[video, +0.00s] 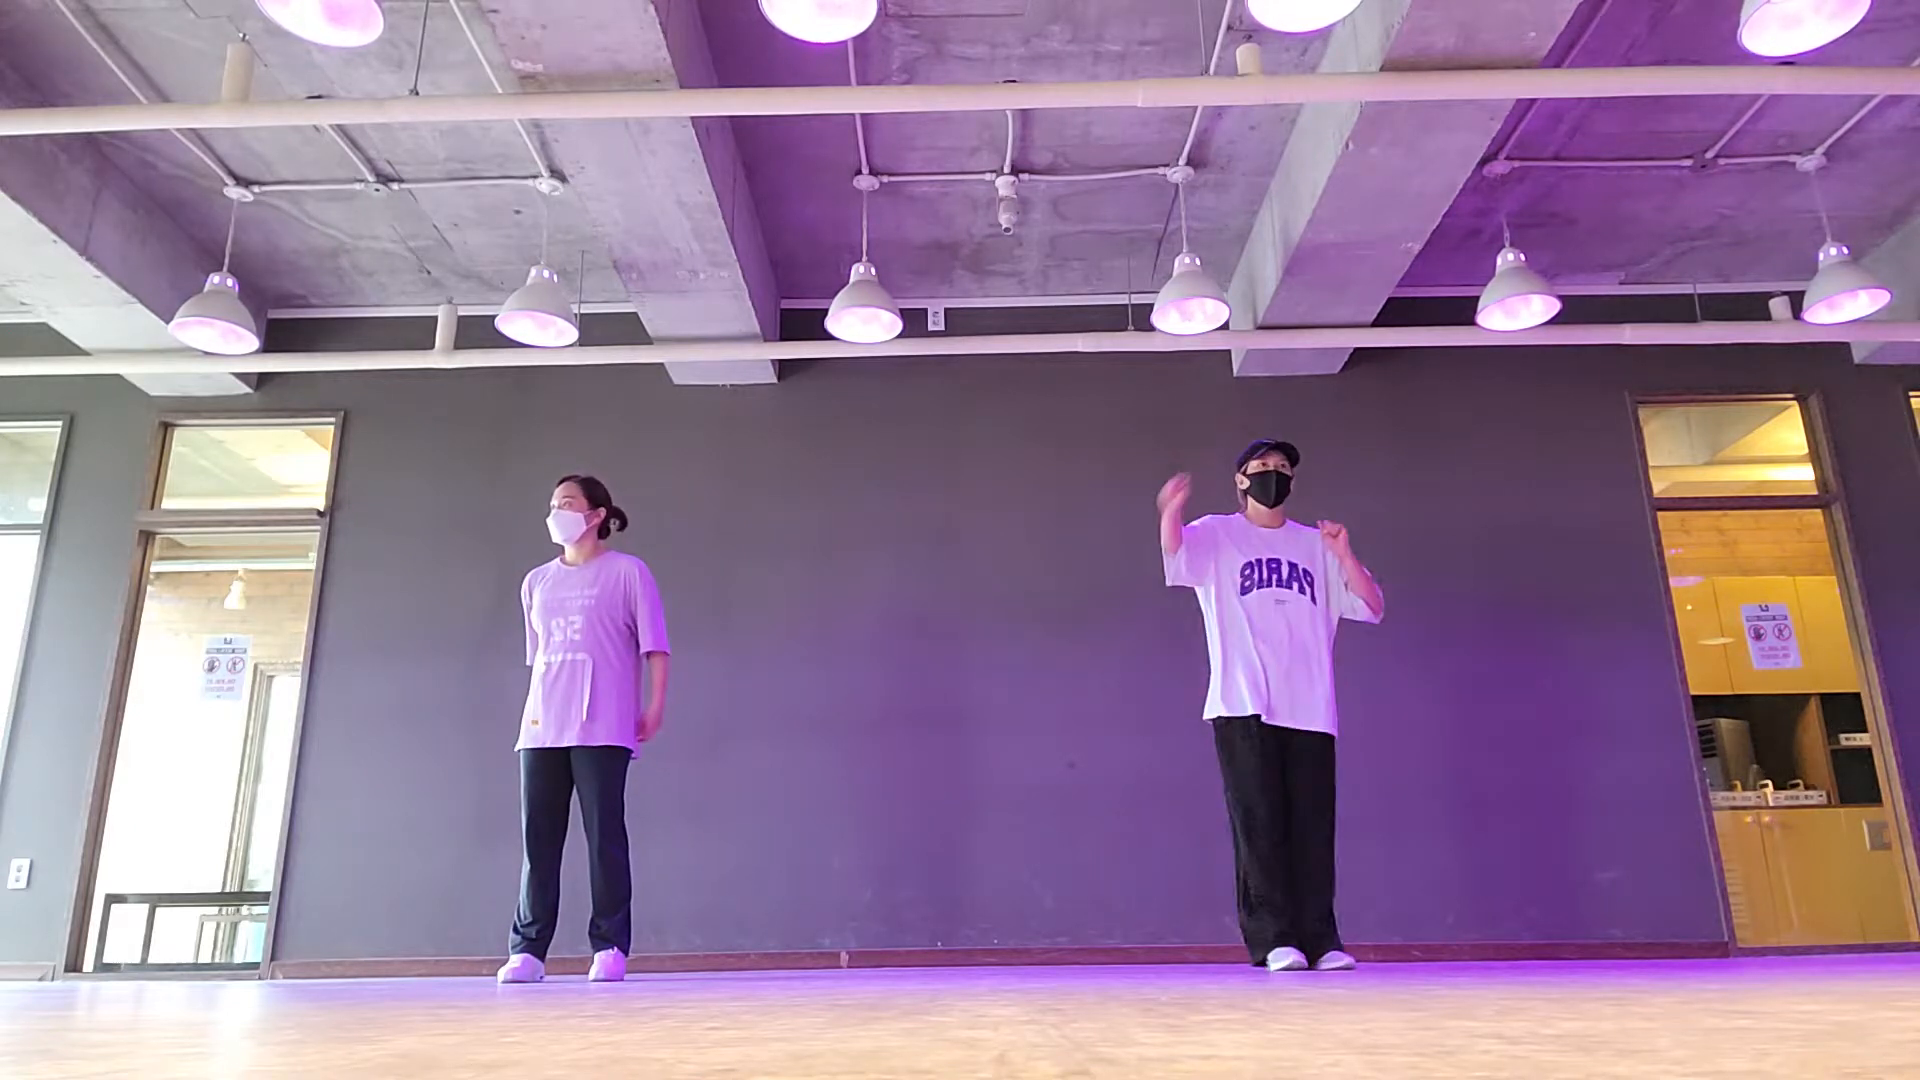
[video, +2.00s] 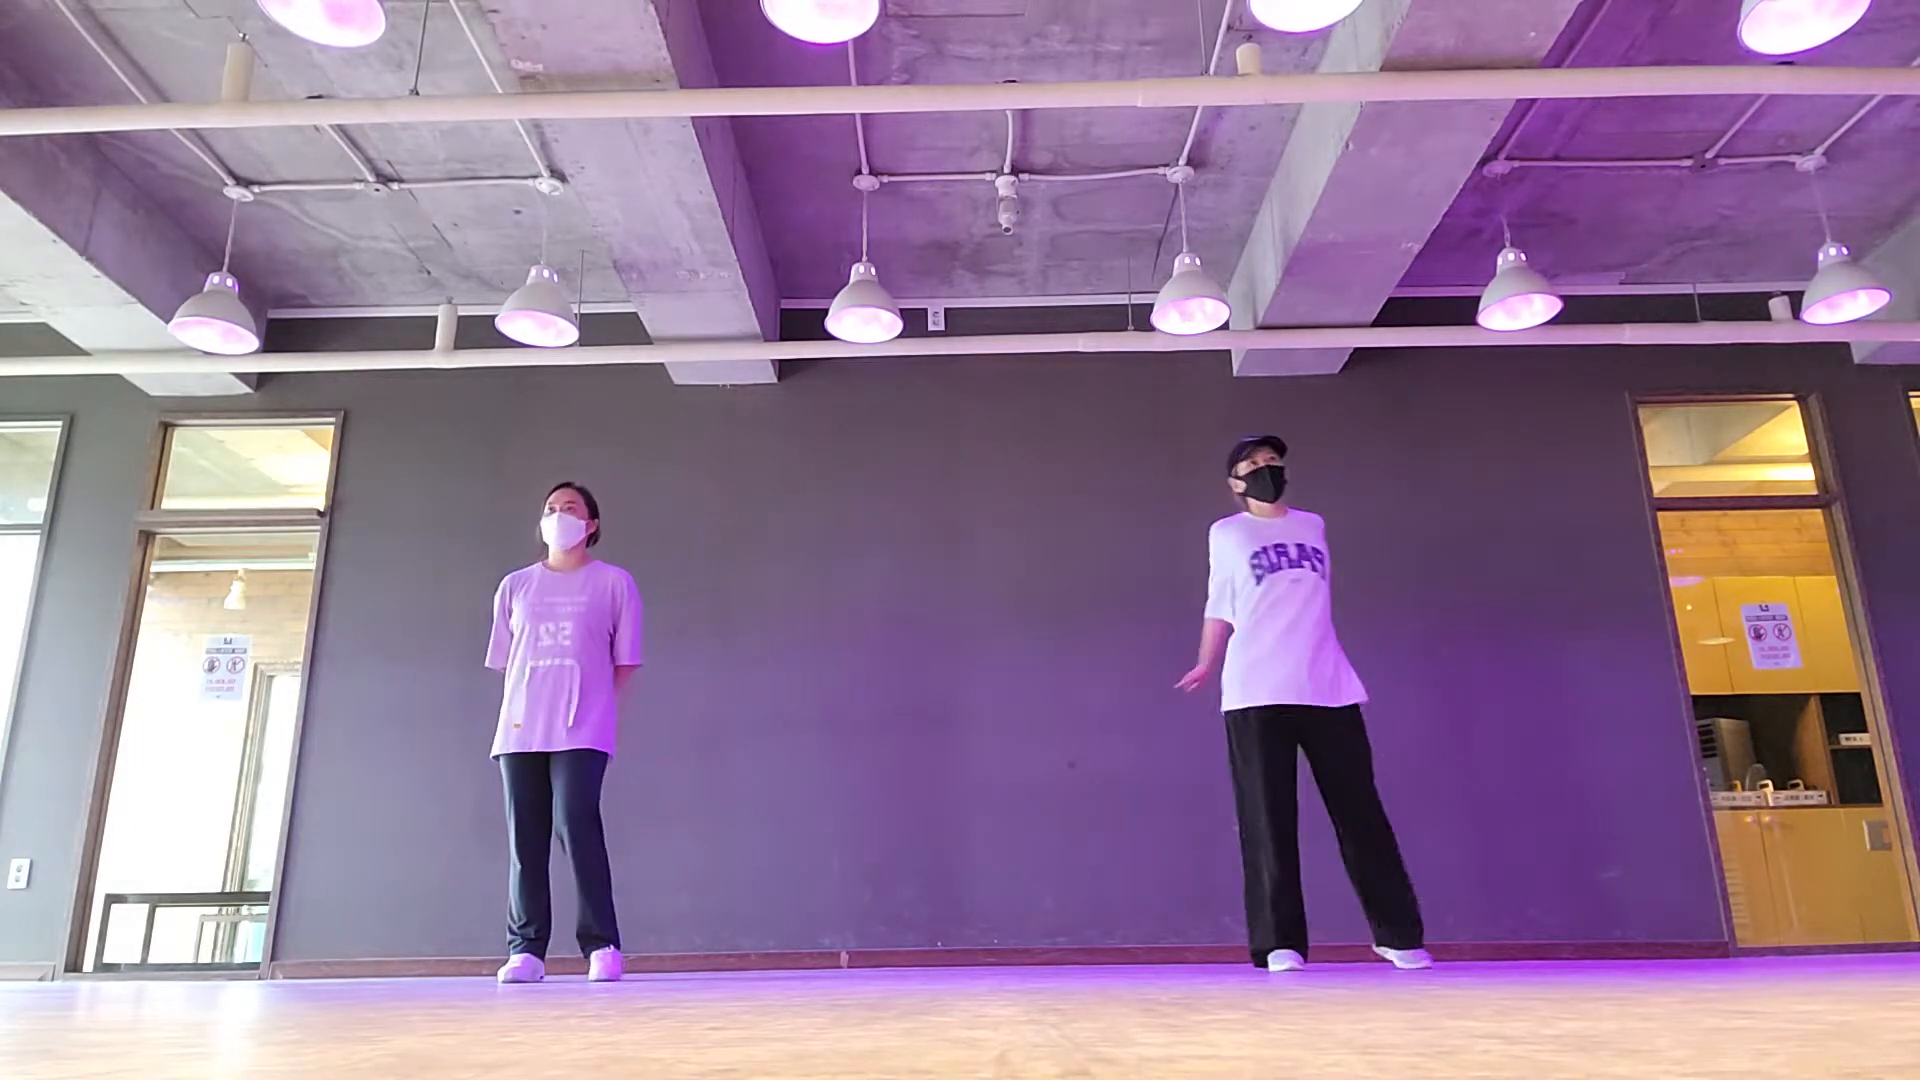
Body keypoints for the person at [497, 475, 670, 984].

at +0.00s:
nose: (556, 513)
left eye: (568, 505)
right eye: (553, 505)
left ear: (598, 516)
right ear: (549, 517)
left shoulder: (628, 572)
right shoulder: (536, 581)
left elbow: (656, 648)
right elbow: (537, 661)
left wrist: (653, 709)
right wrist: (531, 721)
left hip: (603, 722)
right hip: (543, 724)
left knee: (604, 838)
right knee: (538, 840)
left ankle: (609, 948)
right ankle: (527, 950)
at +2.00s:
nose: (560, 514)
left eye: (572, 509)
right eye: (552, 508)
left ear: (590, 528)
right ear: (540, 526)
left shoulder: (615, 583)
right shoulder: (514, 585)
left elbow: (627, 665)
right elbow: (509, 665)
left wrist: (590, 708)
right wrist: (541, 701)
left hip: (582, 725)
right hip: (520, 727)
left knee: (576, 825)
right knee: (524, 840)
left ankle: (602, 948)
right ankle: (525, 951)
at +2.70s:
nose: (592, 513)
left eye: (603, 507)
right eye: (583, 507)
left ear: (620, 526)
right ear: (569, 524)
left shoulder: (645, 583)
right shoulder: (543, 583)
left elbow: (655, 663)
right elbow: (540, 663)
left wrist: (642, 721)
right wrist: (559, 712)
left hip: (616, 725)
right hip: (554, 726)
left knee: (613, 837)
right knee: (543, 839)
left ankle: (618, 949)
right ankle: (527, 951)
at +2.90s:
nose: (606, 514)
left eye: (618, 509)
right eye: (598, 509)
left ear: (635, 526)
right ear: (586, 527)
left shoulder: (659, 582)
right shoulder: (561, 586)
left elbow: (679, 656)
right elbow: (544, 667)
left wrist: (679, 717)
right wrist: (533, 731)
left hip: (631, 727)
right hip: (568, 728)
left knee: (626, 840)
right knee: (551, 838)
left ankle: (620, 948)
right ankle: (529, 950)